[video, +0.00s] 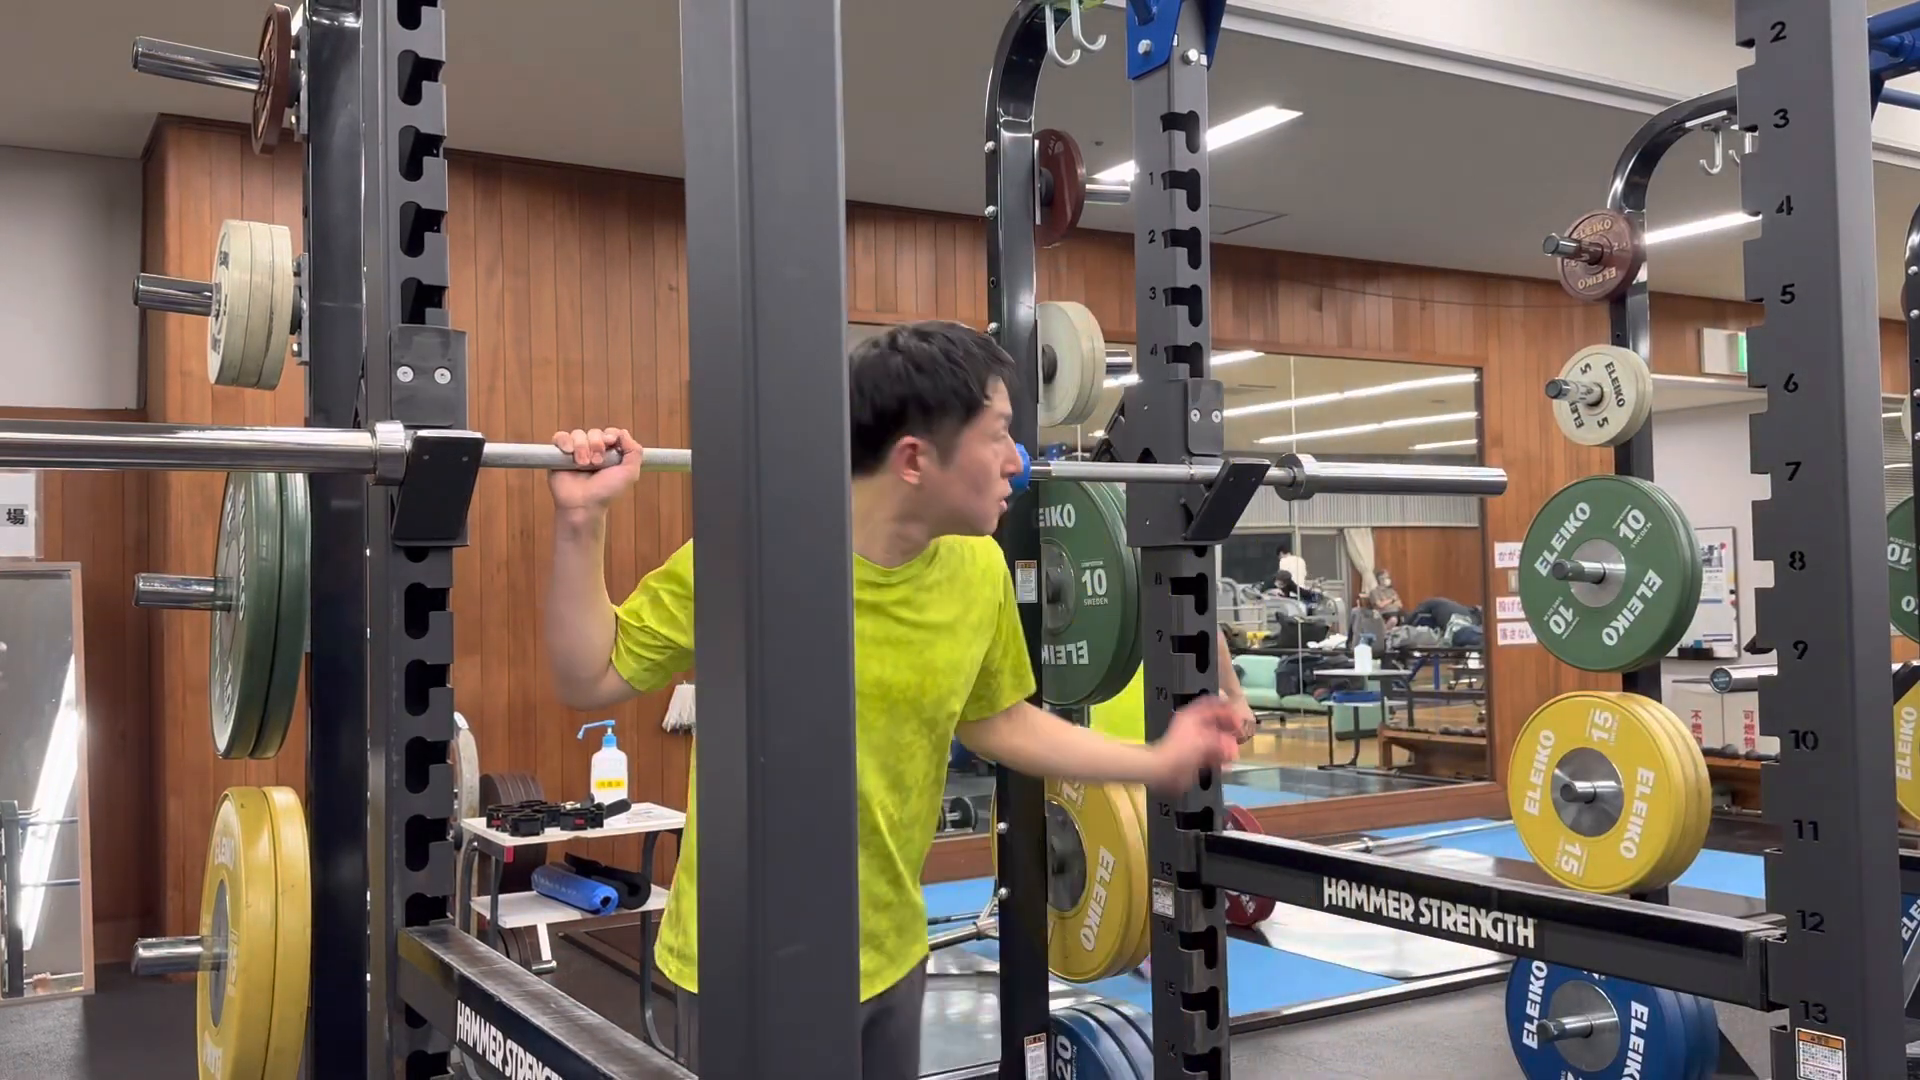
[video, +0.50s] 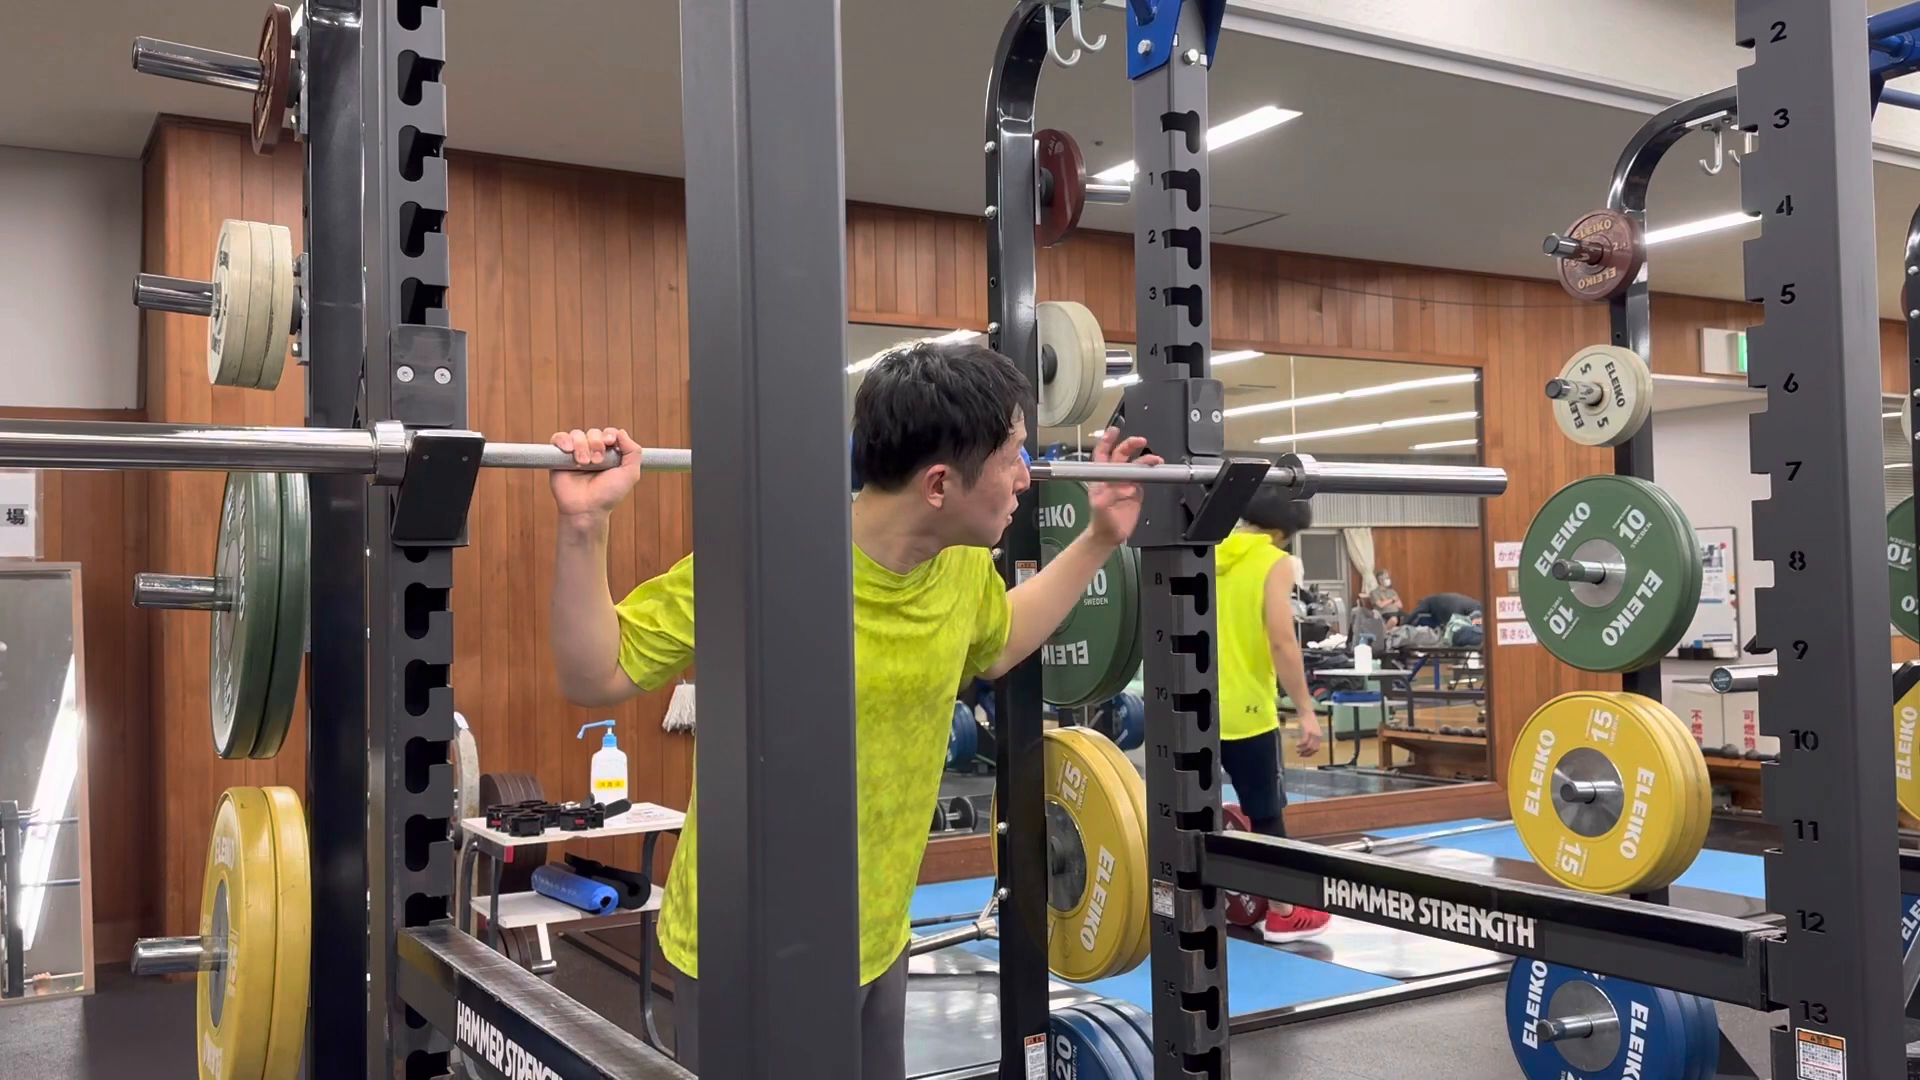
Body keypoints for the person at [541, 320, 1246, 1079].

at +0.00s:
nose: (1016, 458)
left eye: (1010, 434)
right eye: (997, 435)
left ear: (924, 458)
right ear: (914, 458)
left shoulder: (974, 570)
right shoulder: (750, 553)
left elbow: (998, 718)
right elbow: (590, 676)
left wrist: (1154, 763)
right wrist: (578, 525)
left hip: (884, 966)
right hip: (736, 974)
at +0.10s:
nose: (1028, 476)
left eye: (1023, 451)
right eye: (1012, 451)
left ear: (939, 476)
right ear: (934, 474)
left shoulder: (974, 581)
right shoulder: (769, 560)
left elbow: (981, 703)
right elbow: (594, 678)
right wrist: (580, 523)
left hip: (874, 957)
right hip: (732, 965)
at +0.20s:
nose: (1031, 482)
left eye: (1027, 457)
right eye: (1016, 458)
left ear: (946, 486)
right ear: (942, 484)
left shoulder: (970, 577)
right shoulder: (767, 563)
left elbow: (975, 689)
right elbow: (594, 680)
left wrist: (1106, 616)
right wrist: (580, 525)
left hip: (872, 950)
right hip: (730, 961)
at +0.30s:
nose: (1027, 482)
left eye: (1025, 460)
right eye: (1015, 462)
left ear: (948, 483)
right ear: (946, 482)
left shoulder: (967, 571)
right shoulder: (771, 560)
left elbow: (968, 675)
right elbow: (594, 678)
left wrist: (1081, 570)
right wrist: (583, 523)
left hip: (868, 949)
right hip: (730, 956)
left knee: (872, 1072)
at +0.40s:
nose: (1025, 477)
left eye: (1022, 455)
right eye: (1011, 458)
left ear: (943, 481)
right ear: (941, 481)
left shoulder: (963, 566)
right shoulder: (770, 561)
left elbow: (976, 665)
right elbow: (594, 679)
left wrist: (1076, 549)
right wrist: (584, 525)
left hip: (871, 956)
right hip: (736, 960)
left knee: (876, 1072)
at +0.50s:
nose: (1026, 476)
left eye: (1022, 453)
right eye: (1011, 457)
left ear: (941, 486)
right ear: (938, 484)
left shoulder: (965, 569)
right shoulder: (770, 561)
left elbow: (994, 648)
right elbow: (595, 675)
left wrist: (1102, 538)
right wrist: (581, 527)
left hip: (875, 952)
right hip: (742, 959)